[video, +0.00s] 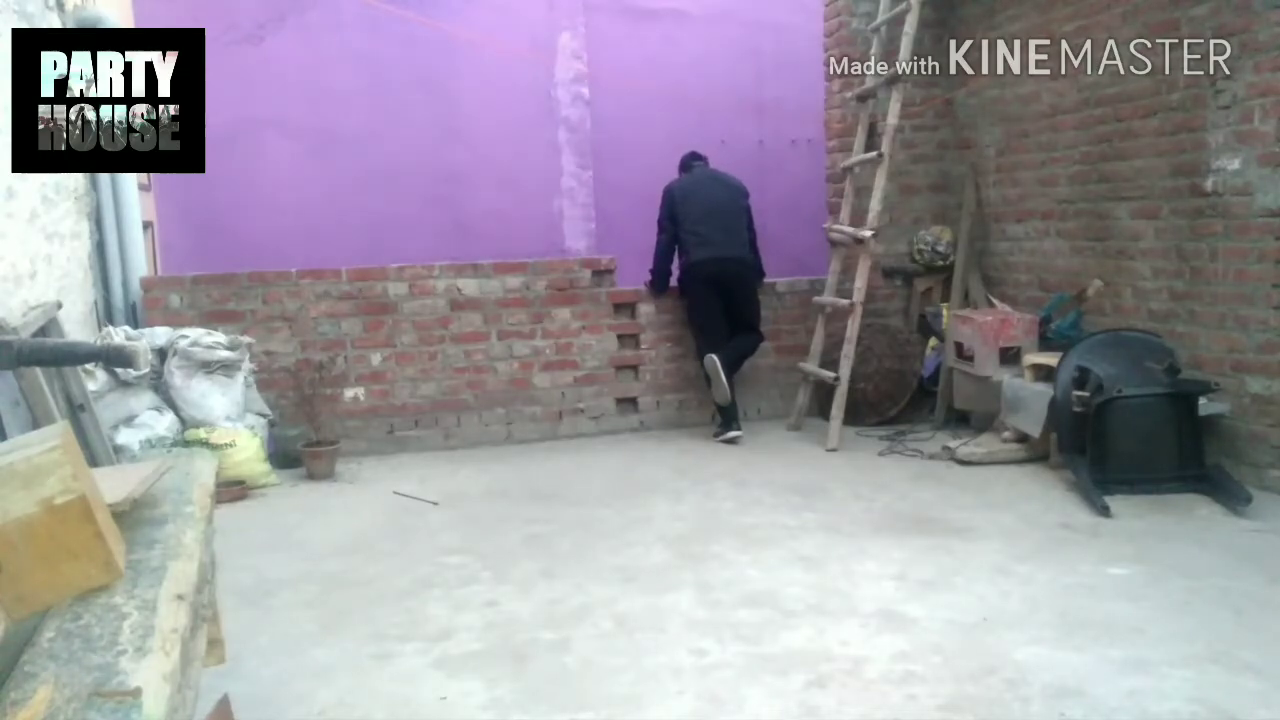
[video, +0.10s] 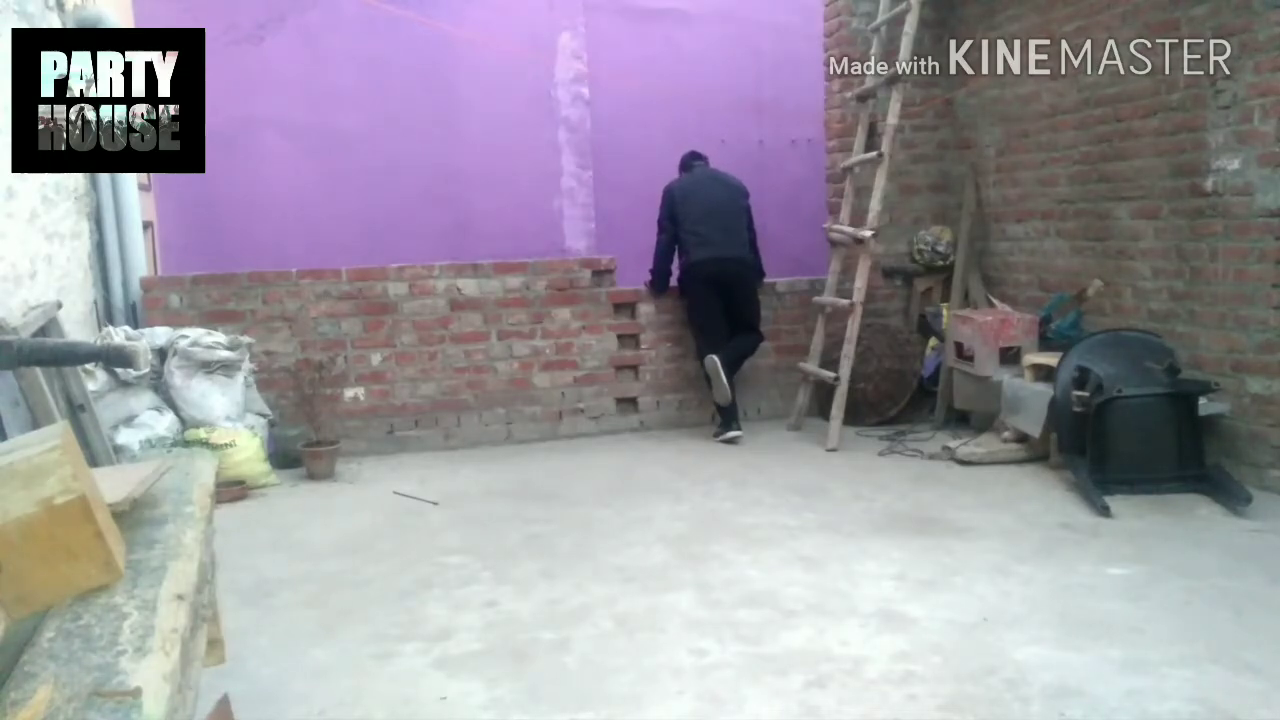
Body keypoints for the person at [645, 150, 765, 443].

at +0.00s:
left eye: (682, 172)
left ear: (682, 171)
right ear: (707, 166)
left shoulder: (674, 189)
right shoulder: (735, 185)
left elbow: (666, 239)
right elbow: (749, 232)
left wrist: (659, 282)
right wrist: (757, 270)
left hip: (698, 272)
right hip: (739, 268)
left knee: (711, 342)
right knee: (750, 332)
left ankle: (729, 422)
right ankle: (723, 362)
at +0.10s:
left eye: (682, 171)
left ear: (682, 170)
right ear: (708, 165)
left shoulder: (674, 189)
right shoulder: (735, 185)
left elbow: (666, 239)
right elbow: (749, 232)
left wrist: (659, 282)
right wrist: (757, 270)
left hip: (698, 272)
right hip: (740, 268)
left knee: (711, 342)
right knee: (750, 332)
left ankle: (729, 422)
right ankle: (724, 363)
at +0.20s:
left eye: (683, 170)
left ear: (682, 170)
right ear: (708, 165)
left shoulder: (675, 189)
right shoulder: (735, 185)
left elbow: (666, 239)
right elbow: (749, 232)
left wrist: (659, 282)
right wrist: (757, 270)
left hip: (698, 272)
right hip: (739, 268)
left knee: (711, 342)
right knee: (750, 332)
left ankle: (729, 422)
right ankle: (724, 363)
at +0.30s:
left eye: (684, 171)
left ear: (682, 170)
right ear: (708, 165)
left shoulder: (675, 189)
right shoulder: (735, 185)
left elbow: (666, 239)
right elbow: (749, 232)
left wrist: (659, 282)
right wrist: (757, 270)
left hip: (698, 272)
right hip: (739, 269)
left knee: (711, 343)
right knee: (749, 331)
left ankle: (729, 422)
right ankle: (725, 364)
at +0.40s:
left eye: (684, 170)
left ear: (683, 170)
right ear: (708, 165)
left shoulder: (675, 189)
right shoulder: (735, 185)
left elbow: (666, 239)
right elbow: (749, 232)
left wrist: (659, 282)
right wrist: (757, 270)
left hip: (698, 272)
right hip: (739, 269)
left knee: (711, 343)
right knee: (750, 331)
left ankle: (729, 423)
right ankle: (725, 364)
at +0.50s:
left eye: (686, 169)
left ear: (683, 170)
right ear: (708, 165)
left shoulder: (675, 189)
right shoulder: (735, 185)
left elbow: (666, 239)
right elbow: (749, 232)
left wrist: (659, 282)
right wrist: (757, 270)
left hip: (698, 272)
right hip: (739, 269)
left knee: (711, 344)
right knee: (749, 331)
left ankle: (729, 423)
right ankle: (725, 365)